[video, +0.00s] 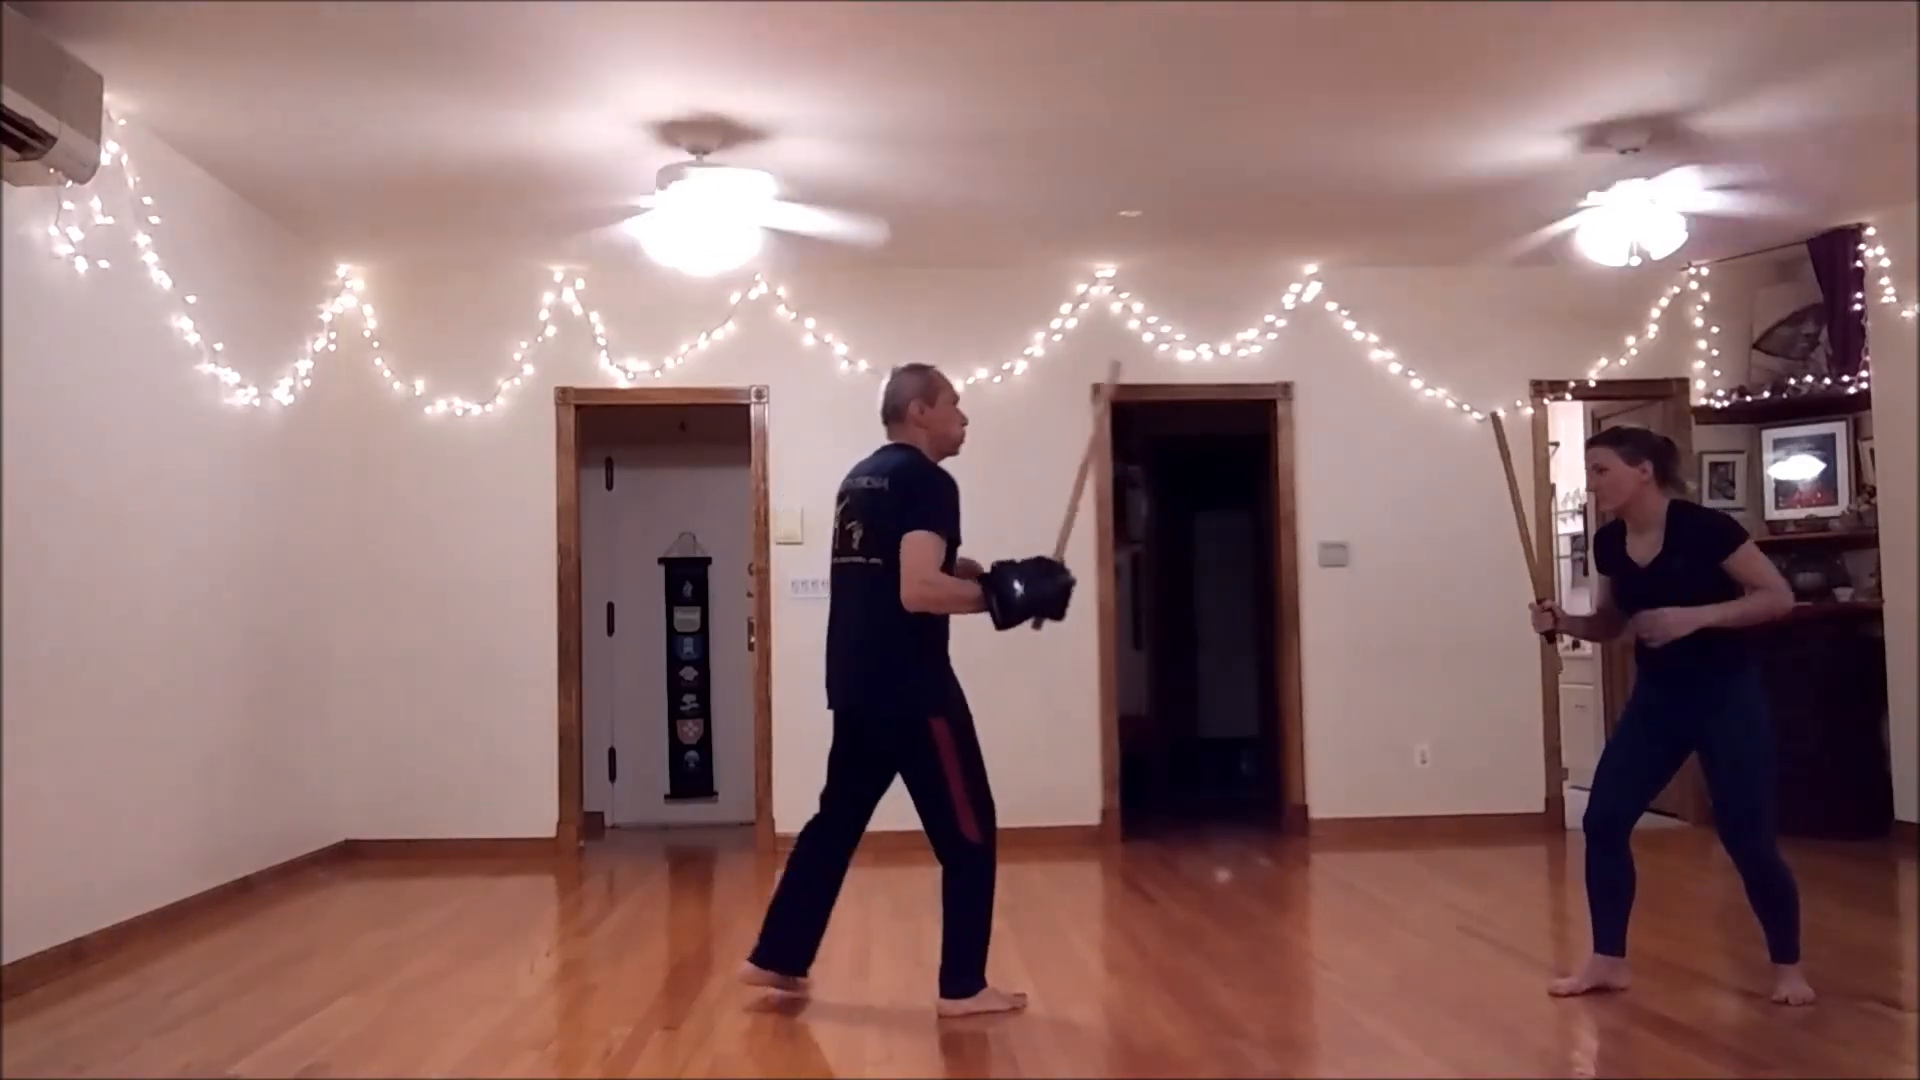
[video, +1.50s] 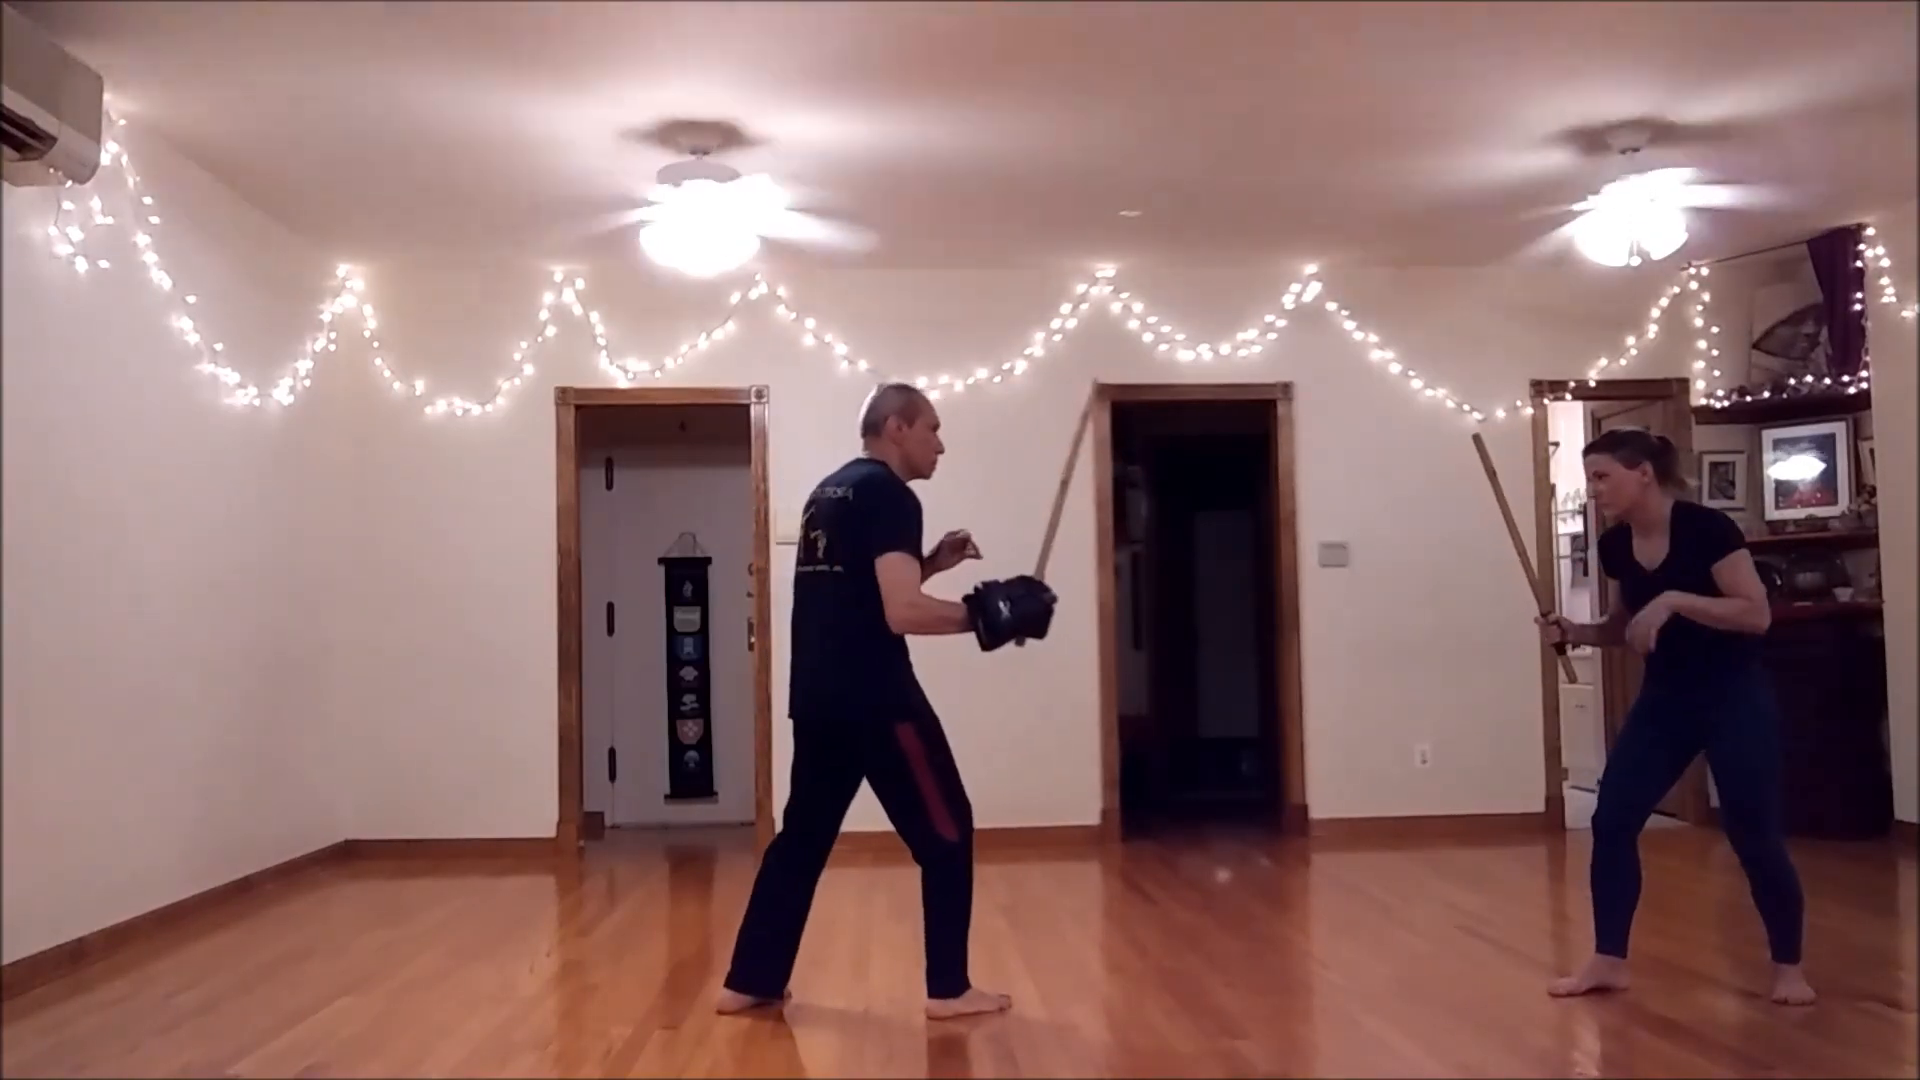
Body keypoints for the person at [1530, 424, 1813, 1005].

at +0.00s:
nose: (1592, 484)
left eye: (1601, 471)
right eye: (1589, 473)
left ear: (1641, 471)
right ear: (1626, 476)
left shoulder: (1703, 527)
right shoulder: (1609, 541)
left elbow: (1779, 597)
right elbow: (1613, 622)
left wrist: (1692, 616)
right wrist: (1564, 623)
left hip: (1728, 703)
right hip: (1657, 704)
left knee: (1747, 837)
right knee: (1604, 820)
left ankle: (1788, 968)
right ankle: (1607, 960)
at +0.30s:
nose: (1592, 494)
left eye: (1600, 481)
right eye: (1588, 484)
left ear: (1641, 478)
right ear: (1620, 485)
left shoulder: (1704, 532)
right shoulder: (1606, 549)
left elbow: (1749, 621)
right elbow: (1608, 631)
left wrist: (1661, 592)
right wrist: (1557, 634)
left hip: (1726, 707)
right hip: (1655, 708)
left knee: (1746, 840)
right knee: (1596, 824)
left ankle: (1788, 968)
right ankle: (1607, 961)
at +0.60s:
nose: (1592, 492)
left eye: (1600, 479)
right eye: (1588, 482)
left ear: (1640, 475)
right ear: (1617, 484)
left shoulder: (1701, 528)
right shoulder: (1604, 546)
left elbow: (1730, 618)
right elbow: (1605, 627)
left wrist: (1643, 584)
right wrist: (1554, 630)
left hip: (1720, 703)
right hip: (1649, 704)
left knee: (1740, 840)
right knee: (1593, 822)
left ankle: (1787, 967)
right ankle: (1606, 961)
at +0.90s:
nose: (1588, 491)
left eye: (1596, 478)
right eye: (1586, 480)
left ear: (1637, 478)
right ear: (1628, 482)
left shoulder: (1698, 532)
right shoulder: (1611, 545)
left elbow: (1780, 595)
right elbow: (1625, 625)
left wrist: (1699, 620)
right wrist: (1573, 628)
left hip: (1729, 706)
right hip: (1661, 706)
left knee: (1745, 837)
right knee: (1607, 821)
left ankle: (1788, 969)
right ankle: (1607, 960)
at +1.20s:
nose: (1596, 494)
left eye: (1605, 480)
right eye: (1592, 483)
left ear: (1647, 476)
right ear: (1629, 483)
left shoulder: (1712, 528)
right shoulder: (1615, 547)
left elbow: (1718, 621)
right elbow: (1618, 626)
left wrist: (1649, 560)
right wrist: (1567, 636)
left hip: (1731, 699)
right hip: (1663, 699)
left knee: (1751, 835)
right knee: (1606, 821)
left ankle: (1788, 967)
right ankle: (1607, 960)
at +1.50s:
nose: (1593, 491)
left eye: (1601, 477)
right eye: (1589, 480)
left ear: (1641, 474)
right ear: (1628, 480)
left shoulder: (1708, 528)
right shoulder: (1615, 546)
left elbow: (1756, 613)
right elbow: (1629, 625)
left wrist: (1673, 601)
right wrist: (1575, 632)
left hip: (1734, 700)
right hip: (1666, 701)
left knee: (1754, 833)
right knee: (1612, 822)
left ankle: (1789, 968)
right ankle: (1609, 960)